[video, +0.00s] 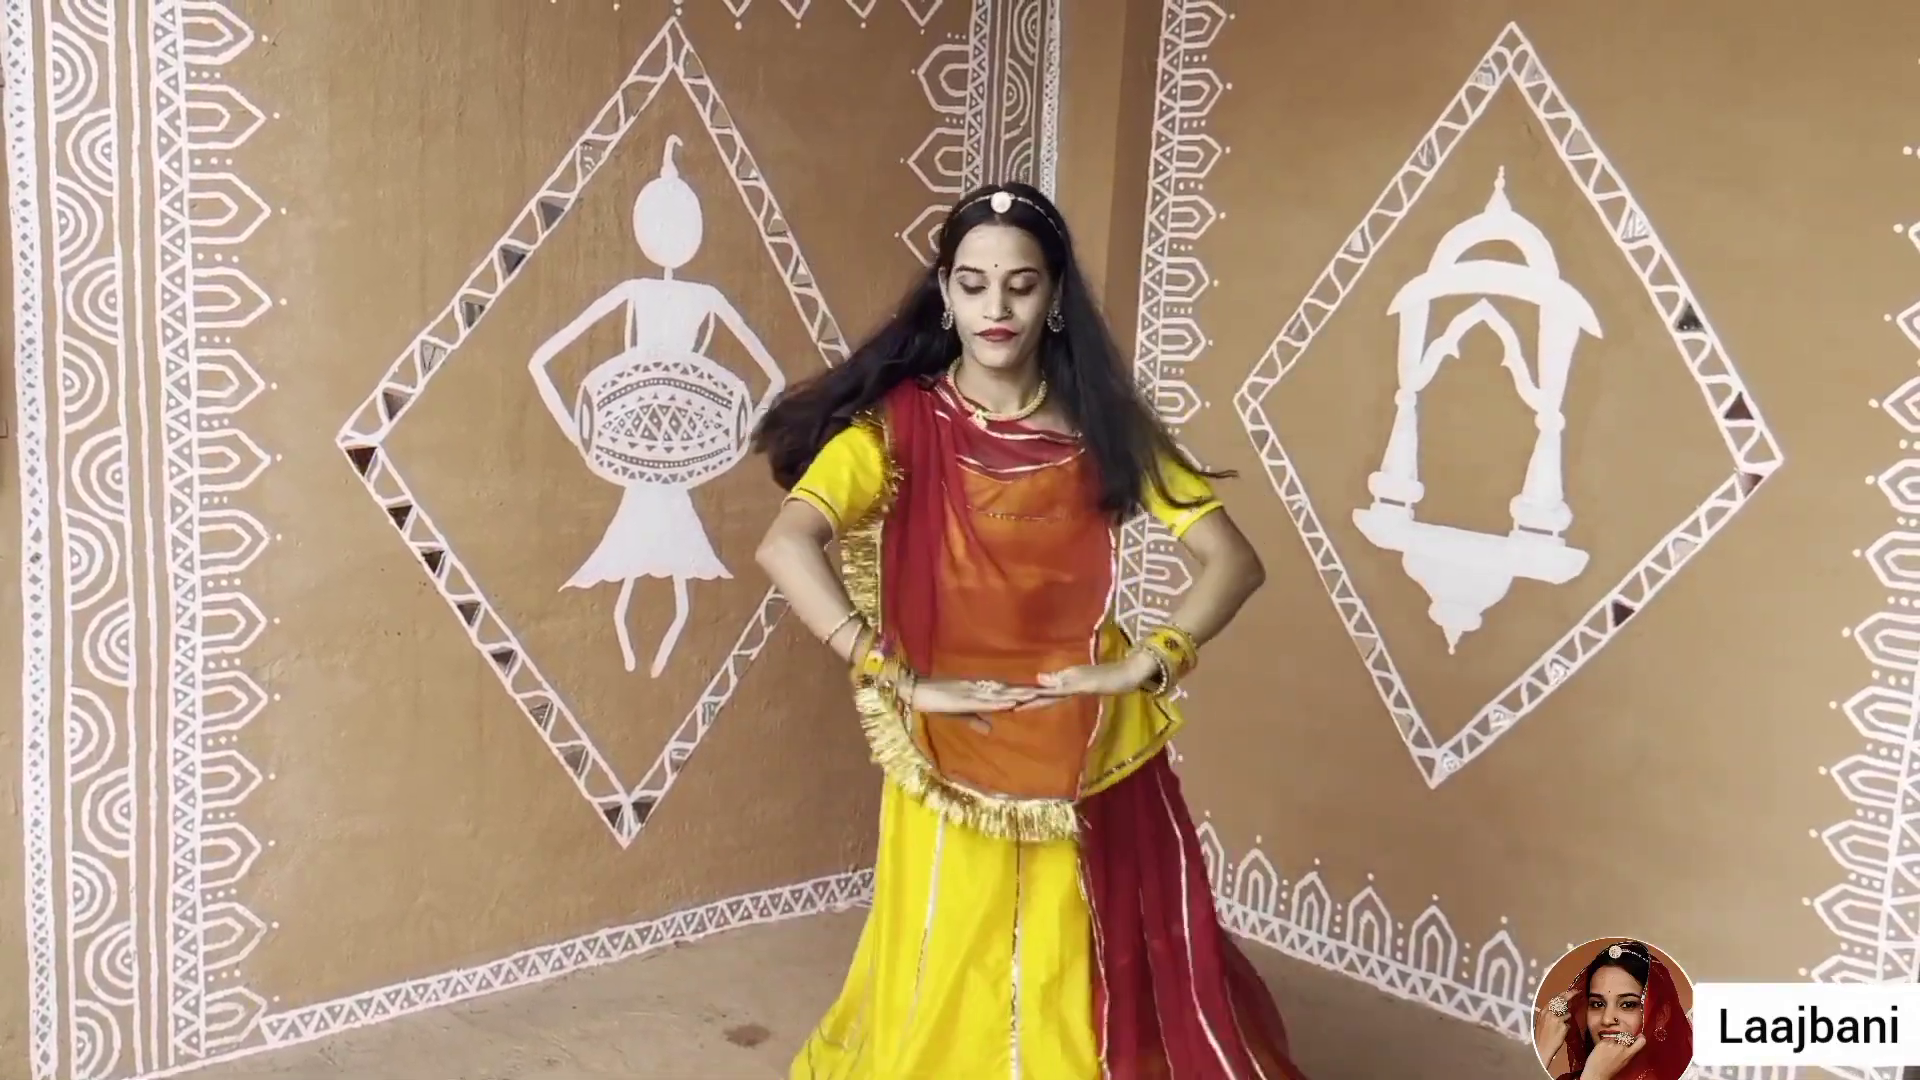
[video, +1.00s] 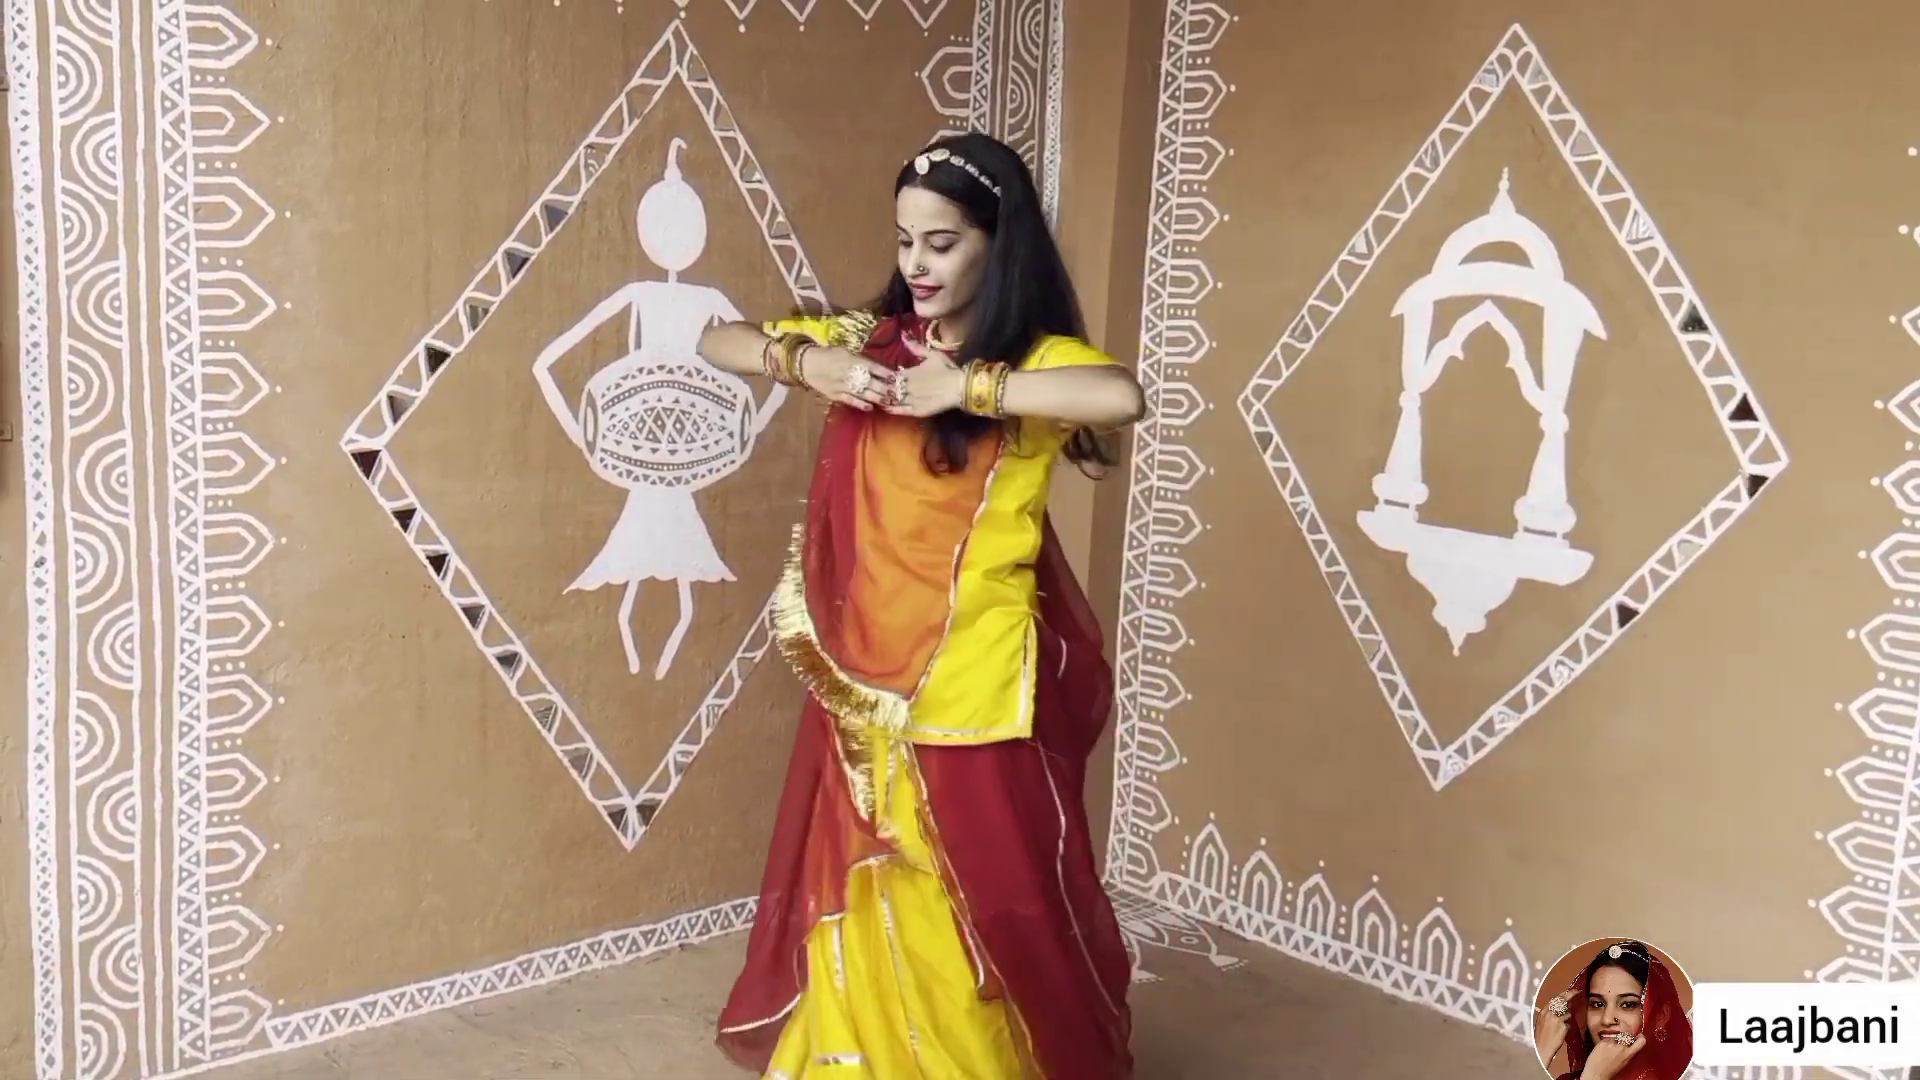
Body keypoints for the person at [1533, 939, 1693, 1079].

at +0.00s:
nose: (1608, 1019)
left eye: (1627, 1005)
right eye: (1597, 1004)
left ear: (1658, 1013)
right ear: (1585, 1012)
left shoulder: (1668, 1075)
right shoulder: (1567, 1078)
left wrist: (1595, 1075)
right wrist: (1540, 1054)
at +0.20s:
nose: (1607, 1019)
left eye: (1627, 1005)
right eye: (1597, 1004)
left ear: (1658, 1013)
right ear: (1585, 1012)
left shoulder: (1669, 1075)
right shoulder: (1568, 1078)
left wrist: (1595, 1075)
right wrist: (1540, 1055)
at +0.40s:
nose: (1608, 1019)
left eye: (1627, 1005)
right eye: (1597, 1004)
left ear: (1658, 1013)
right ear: (1584, 1012)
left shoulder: (1667, 1076)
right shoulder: (1566, 1078)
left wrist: (1595, 1076)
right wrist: (1538, 1056)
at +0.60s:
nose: (1608, 1019)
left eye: (1627, 1005)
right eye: (1597, 1004)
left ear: (1658, 1013)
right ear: (1584, 1012)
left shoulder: (1667, 1076)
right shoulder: (1566, 1078)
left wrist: (1595, 1076)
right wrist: (1539, 1056)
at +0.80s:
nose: (1608, 1019)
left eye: (1627, 1005)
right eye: (1597, 1004)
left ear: (1658, 1013)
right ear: (1584, 1012)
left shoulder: (1667, 1076)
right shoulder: (1566, 1078)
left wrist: (1595, 1076)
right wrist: (1539, 1056)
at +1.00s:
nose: (1607, 1019)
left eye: (1627, 1004)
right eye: (1597, 1004)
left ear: (1658, 1013)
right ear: (1585, 1012)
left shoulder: (1670, 1075)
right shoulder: (1568, 1078)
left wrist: (1595, 1075)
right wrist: (1540, 1055)